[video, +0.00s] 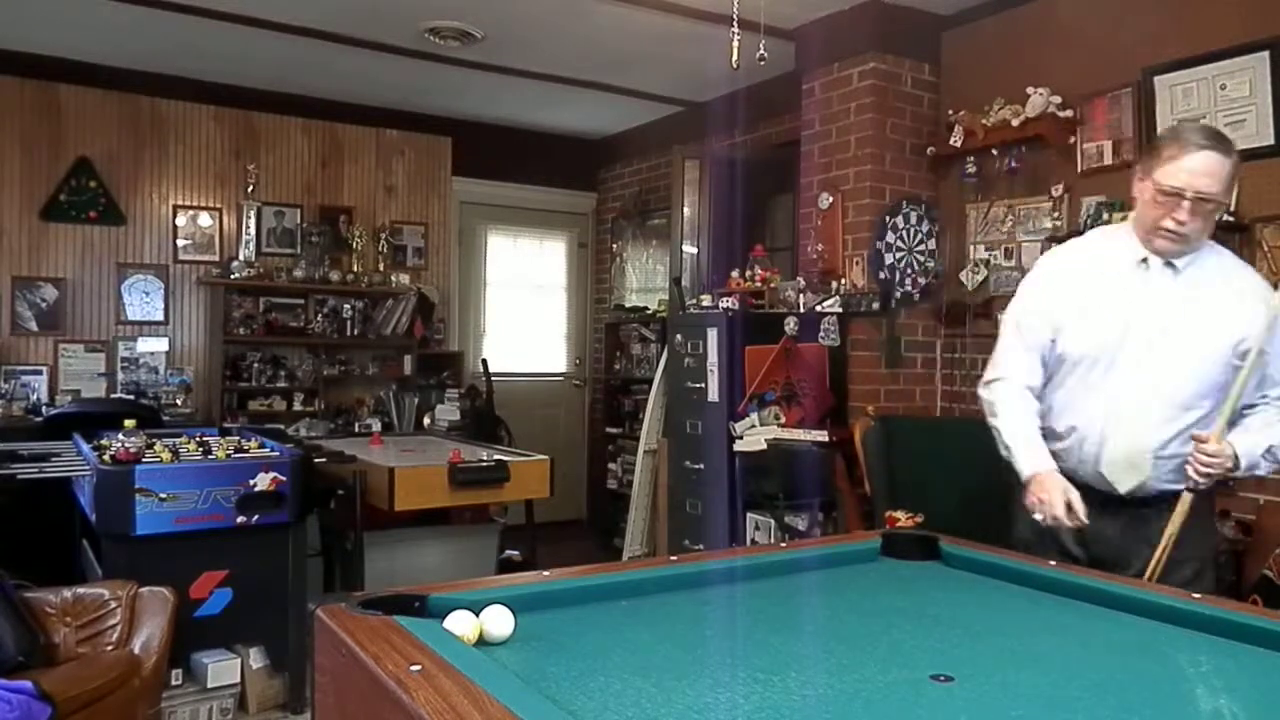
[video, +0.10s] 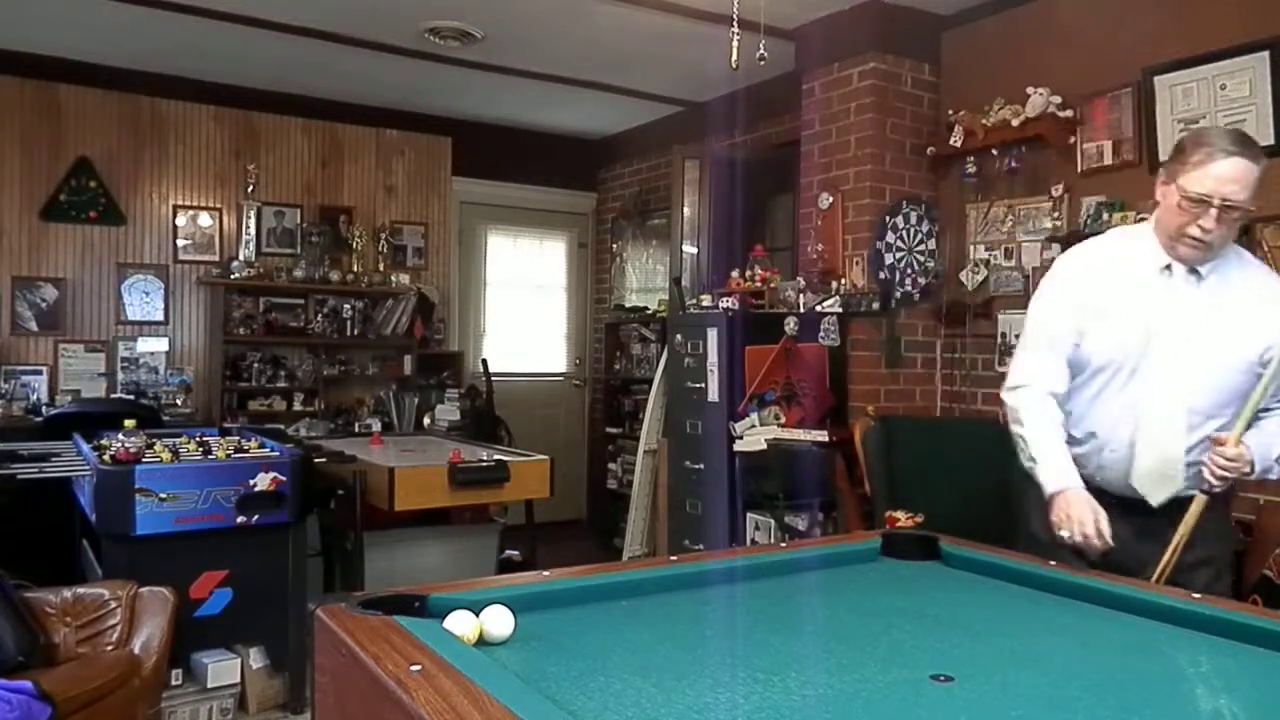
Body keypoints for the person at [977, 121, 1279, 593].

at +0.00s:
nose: (1181, 217)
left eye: (1203, 204)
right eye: (1170, 195)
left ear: (1224, 209)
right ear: (1138, 185)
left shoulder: (1251, 299)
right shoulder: (1065, 268)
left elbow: (1271, 407)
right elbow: (1007, 380)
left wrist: (1236, 452)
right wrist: (1037, 472)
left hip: (1174, 527)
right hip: (1060, 515)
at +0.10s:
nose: (1209, 223)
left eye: (1230, 209)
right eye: (1197, 201)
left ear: (1248, 213)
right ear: (1163, 188)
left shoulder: (1265, 296)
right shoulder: (1085, 268)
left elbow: (1274, 414)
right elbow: (1029, 388)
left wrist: (1251, 454)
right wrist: (1064, 489)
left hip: (1196, 525)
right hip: (1080, 514)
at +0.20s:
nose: (1227, 231)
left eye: (1249, 217)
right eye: (1214, 207)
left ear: (1266, 220)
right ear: (1178, 192)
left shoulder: (1271, 294)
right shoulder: (1100, 271)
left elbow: (1276, 418)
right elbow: (1052, 397)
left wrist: (1264, 457)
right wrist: (1091, 505)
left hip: (1203, 524)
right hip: (1083, 516)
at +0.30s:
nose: (1239, 241)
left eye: (1260, 227)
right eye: (1227, 217)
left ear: (1272, 227)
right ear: (1192, 198)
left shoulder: (1271, 293)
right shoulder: (1111, 276)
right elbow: (1074, 409)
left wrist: (1269, 465)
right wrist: (1120, 518)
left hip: (1210, 523)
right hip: (1090, 510)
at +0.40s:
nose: (1252, 251)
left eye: (1271, 237)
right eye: (1240, 227)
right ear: (1202, 207)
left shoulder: (1273, 293)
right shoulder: (1119, 282)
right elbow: (1094, 421)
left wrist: (1266, 461)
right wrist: (1148, 530)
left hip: (1211, 526)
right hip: (1091, 510)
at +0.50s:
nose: (1262, 258)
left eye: (1277, 244)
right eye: (1248, 235)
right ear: (1208, 211)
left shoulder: (1273, 296)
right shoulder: (1126, 288)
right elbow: (1110, 430)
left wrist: (1266, 459)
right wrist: (1172, 540)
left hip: (1206, 522)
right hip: (1095, 510)